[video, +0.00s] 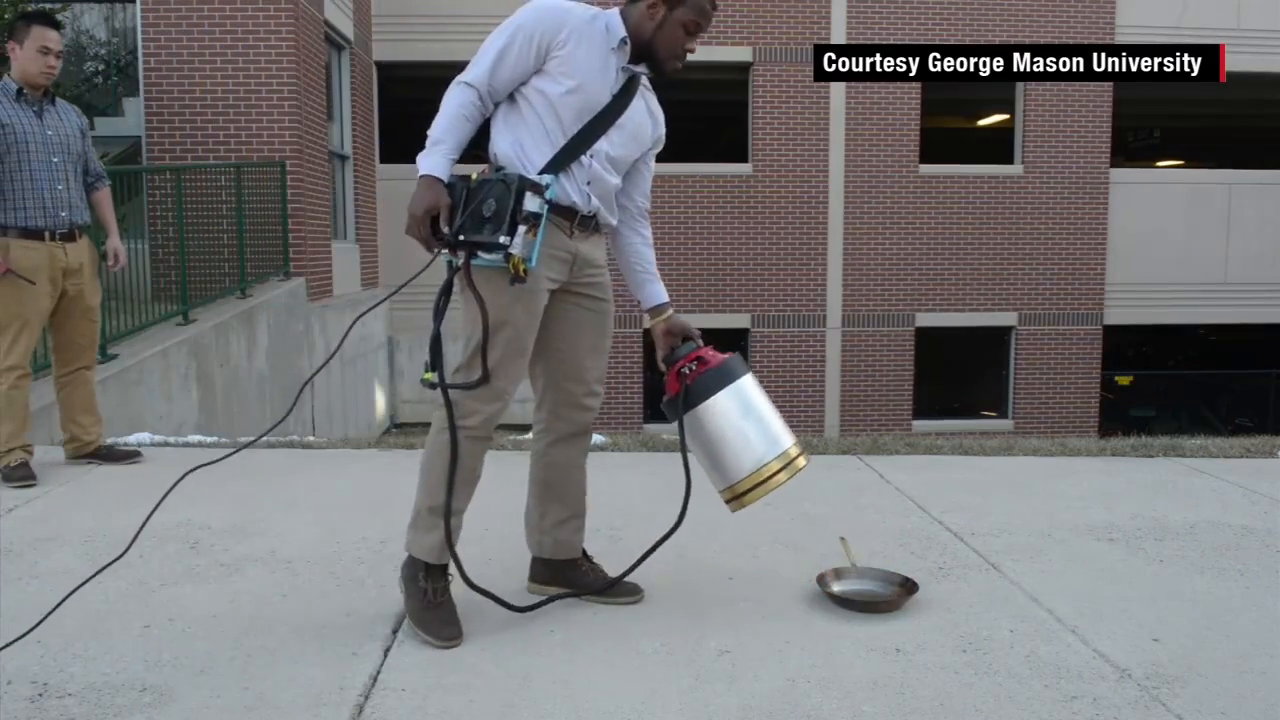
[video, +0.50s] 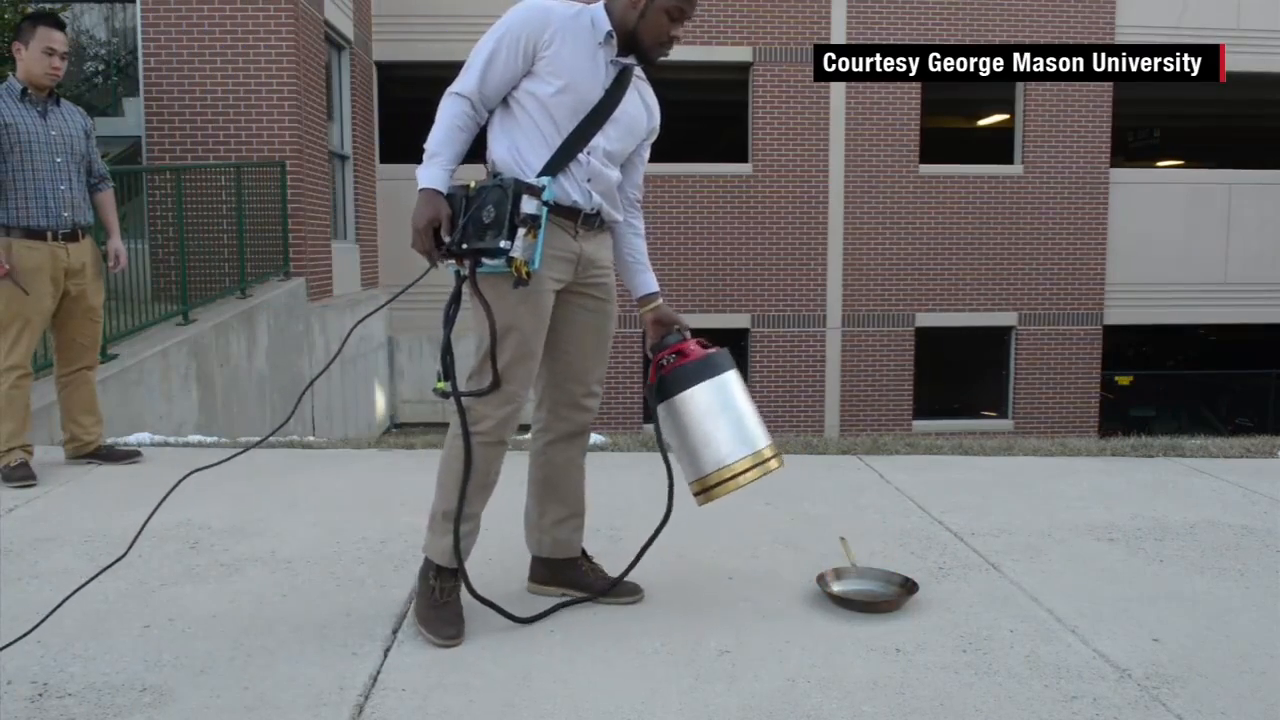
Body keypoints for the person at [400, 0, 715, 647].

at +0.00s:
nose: (693, 46)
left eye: (700, 35)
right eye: (690, 28)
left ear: (663, 18)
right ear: (651, 7)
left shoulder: (649, 117)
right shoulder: (561, 22)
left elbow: (630, 220)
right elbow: (473, 88)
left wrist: (659, 307)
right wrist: (432, 175)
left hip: (588, 253)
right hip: (512, 236)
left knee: (572, 408)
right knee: (475, 403)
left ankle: (556, 557)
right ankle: (427, 562)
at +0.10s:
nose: (692, 43)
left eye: (699, 31)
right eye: (690, 25)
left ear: (661, 16)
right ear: (650, 5)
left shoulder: (649, 115)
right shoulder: (557, 23)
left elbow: (630, 218)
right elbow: (472, 91)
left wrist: (658, 305)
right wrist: (433, 177)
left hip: (591, 253)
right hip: (515, 236)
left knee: (572, 408)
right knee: (479, 404)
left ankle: (556, 557)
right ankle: (432, 565)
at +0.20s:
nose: (689, 39)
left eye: (695, 28)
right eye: (686, 22)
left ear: (657, 14)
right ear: (648, 3)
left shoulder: (649, 111)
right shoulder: (554, 22)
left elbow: (630, 216)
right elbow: (469, 95)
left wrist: (656, 303)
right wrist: (432, 182)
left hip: (594, 252)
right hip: (517, 236)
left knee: (571, 408)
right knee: (485, 405)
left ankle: (556, 557)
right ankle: (437, 568)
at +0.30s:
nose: (685, 38)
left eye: (691, 26)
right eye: (682, 21)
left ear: (654, 13)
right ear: (644, 4)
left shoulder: (648, 108)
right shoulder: (551, 23)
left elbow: (629, 212)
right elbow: (467, 95)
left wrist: (653, 299)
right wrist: (434, 184)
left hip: (595, 252)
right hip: (518, 236)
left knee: (571, 409)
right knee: (487, 406)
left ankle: (556, 557)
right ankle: (439, 568)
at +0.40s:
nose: (682, 34)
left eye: (689, 22)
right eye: (678, 17)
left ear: (655, 14)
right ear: (639, 2)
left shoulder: (646, 105)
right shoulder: (548, 22)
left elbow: (628, 209)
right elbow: (466, 97)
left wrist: (650, 297)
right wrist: (434, 186)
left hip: (596, 251)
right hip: (518, 237)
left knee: (570, 409)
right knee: (490, 408)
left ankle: (556, 557)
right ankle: (440, 569)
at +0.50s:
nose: (680, 34)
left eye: (686, 22)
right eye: (676, 17)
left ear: (653, 14)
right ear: (638, 2)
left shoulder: (644, 105)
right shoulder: (546, 22)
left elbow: (627, 208)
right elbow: (465, 98)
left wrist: (649, 296)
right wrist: (432, 188)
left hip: (595, 251)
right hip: (517, 237)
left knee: (571, 409)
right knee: (492, 407)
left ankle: (556, 557)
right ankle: (443, 568)